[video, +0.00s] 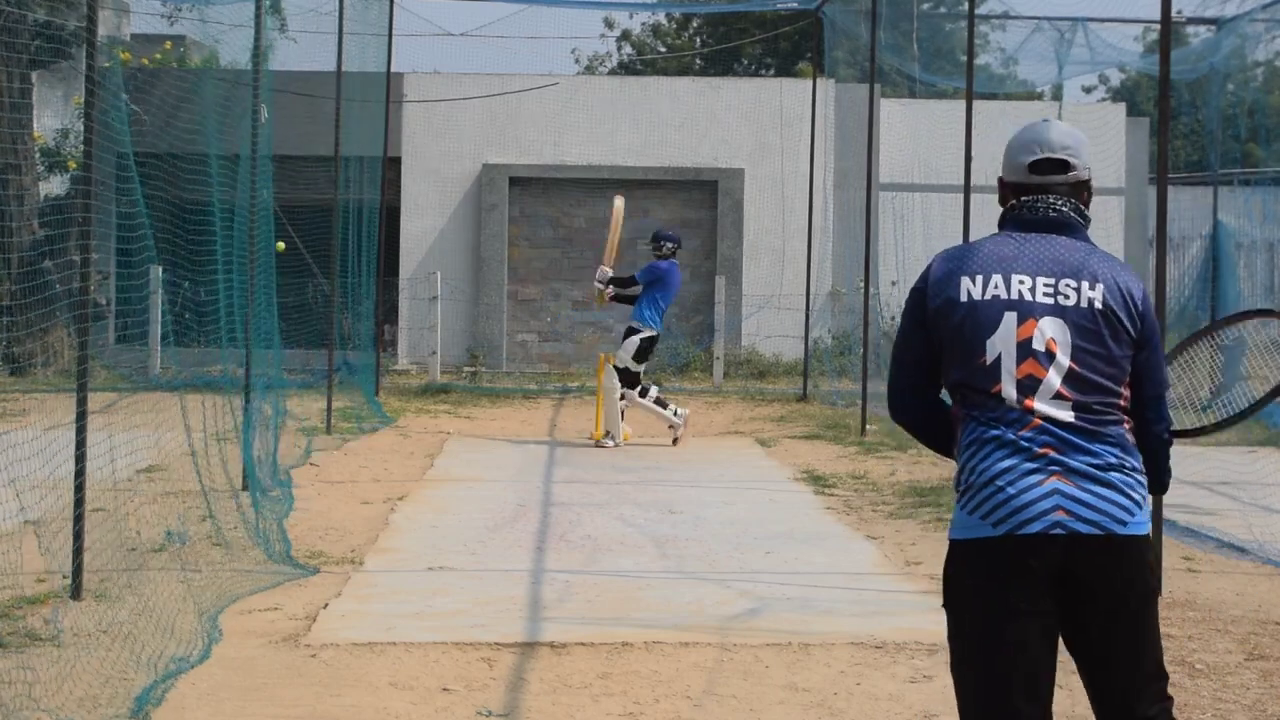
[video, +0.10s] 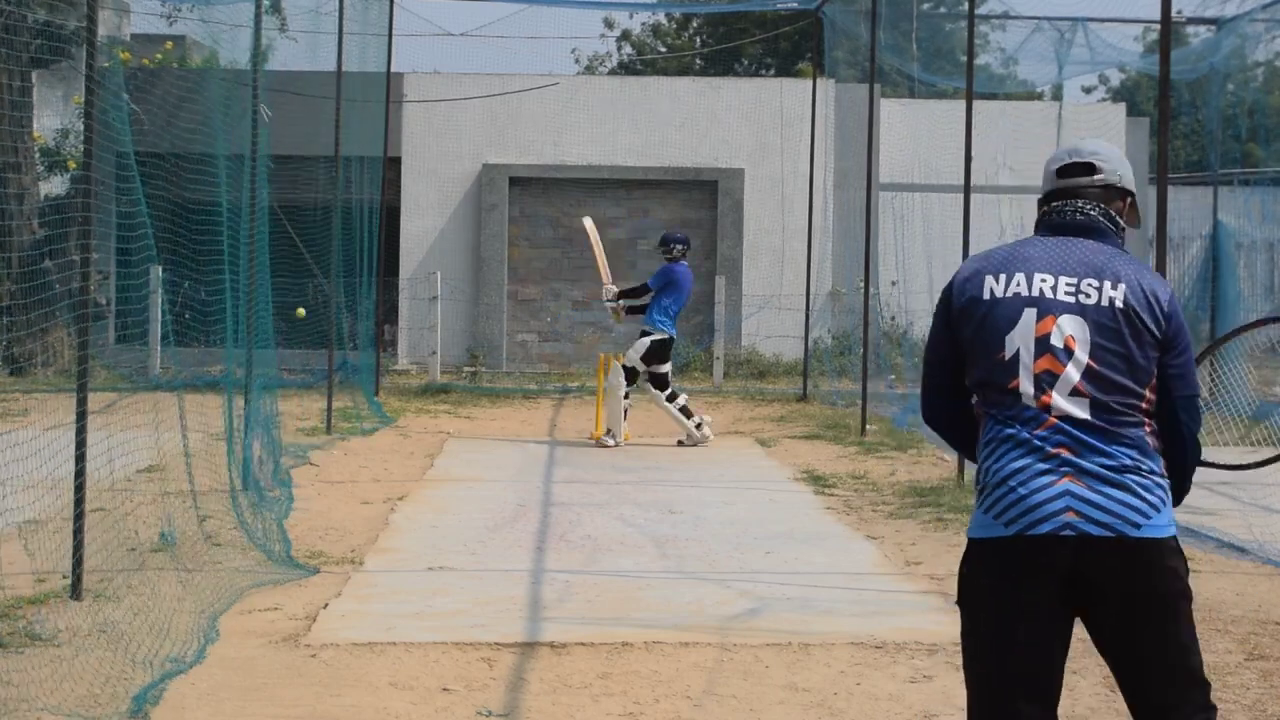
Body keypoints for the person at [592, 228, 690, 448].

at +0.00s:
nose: (653, 250)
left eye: (657, 247)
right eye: (654, 246)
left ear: (666, 248)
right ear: (671, 249)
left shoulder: (661, 267)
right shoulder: (671, 271)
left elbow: (627, 283)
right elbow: (641, 301)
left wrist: (607, 278)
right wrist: (613, 295)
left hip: (641, 332)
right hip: (644, 332)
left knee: (620, 383)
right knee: (627, 387)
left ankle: (614, 433)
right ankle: (675, 416)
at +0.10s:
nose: (664, 253)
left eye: (666, 250)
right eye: (664, 249)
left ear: (674, 250)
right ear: (683, 251)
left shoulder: (671, 270)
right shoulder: (684, 273)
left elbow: (642, 290)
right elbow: (655, 307)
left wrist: (616, 294)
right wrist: (625, 309)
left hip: (653, 337)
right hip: (663, 337)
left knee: (621, 378)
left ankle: (615, 433)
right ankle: (697, 428)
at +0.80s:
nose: (655, 250)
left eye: (657, 246)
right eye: (654, 246)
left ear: (665, 244)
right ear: (670, 244)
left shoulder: (671, 266)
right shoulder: (668, 264)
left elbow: (655, 300)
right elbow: (656, 300)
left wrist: (628, 323)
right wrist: (636, 324)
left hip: (671, 328)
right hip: (664, 327)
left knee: (650, 375)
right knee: (677, 383)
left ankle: (648, 438)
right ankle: (701, 432)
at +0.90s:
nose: (649, 251)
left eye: (652, 247)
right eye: (648, 247)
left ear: (662, 244)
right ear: (650, 246)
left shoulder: (668, 267)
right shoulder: (652, 264)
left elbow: (656, 305)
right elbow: (645, 300)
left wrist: (635, 331)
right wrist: (633, 329)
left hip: (667, 329)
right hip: (654, 329)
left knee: (646, 378)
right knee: (663, 387)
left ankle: (648, 439)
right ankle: (696, 430)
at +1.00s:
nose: (640, 251)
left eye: (643, 246)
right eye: (638, 247)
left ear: (655, 243)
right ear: (638, 246)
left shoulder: (662, 267)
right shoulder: (638, 262)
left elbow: (655, 305)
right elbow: (633, 293)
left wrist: (636, 334)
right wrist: (631, 321)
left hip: (660, 327)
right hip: (642, 326)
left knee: (646, 376)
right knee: (636, 379)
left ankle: (648, 438)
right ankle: (676, 418)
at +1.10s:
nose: (634, 251)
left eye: (637, 247)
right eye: (632, 247)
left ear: (649, 243)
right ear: (631, 246)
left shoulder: (659, 267)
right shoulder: (631, 262)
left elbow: (653, 305)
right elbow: (626, 290)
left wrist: (634, 331)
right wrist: (623, 319)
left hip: (654, 324)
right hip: (634, 323)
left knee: (644, 376)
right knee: (630, 382)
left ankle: (648, 437)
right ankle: (655, 413)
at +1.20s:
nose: (625, 255)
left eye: (629, 250)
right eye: (622, 251)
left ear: (641, 244)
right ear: (618, 248)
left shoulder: (651, 267)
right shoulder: (619, 261)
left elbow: (645, 307)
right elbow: (613, 290)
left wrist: (628, 337)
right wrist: (612, 319)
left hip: (645, 326)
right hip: (623, 325)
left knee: (642, 376)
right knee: (601, 373)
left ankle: (647, 437)